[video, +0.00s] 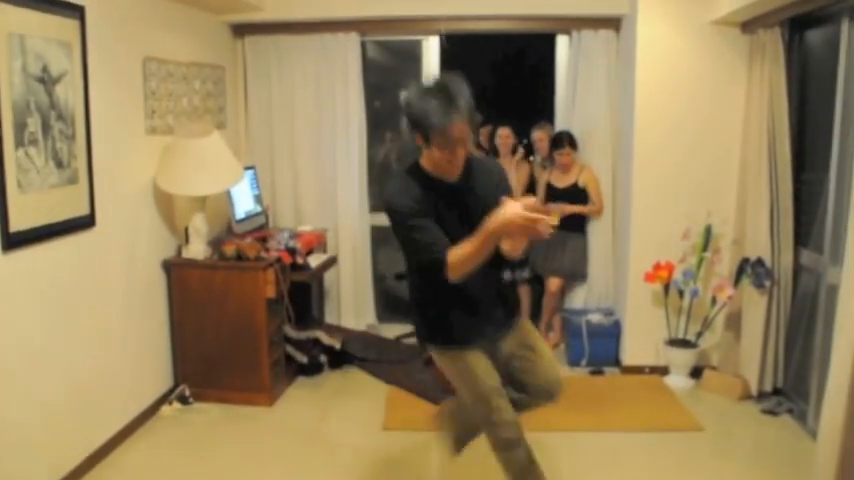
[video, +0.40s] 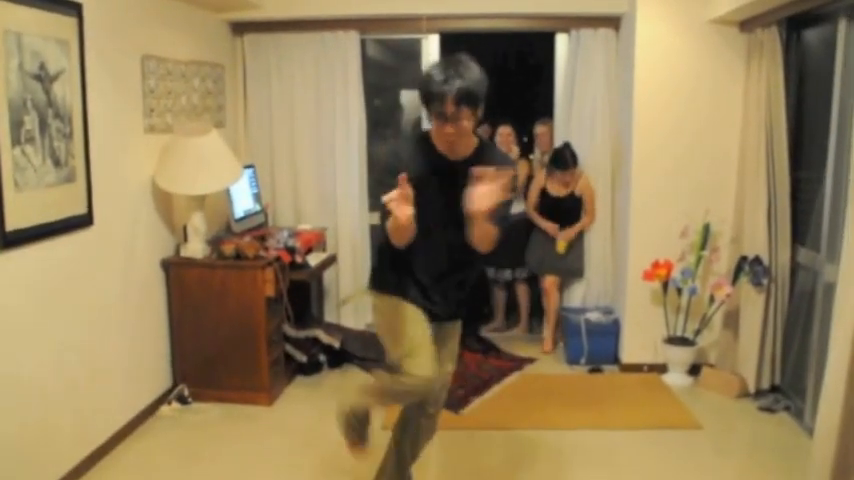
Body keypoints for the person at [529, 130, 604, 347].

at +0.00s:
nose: (564, 159)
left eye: (568, 154)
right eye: (560, 154)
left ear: (575, 153)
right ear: (553, 155)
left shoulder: (585, 174)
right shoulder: (546, 177)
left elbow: (597, 207)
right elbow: (538, 206)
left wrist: (570, 209)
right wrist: (550, 211)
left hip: (574, 235)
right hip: (550, 233)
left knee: (555, 286)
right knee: (553, 286)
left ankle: (543, 330)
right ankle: (556, 332)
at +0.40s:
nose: (564, 179)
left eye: (568, 175)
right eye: (560, 175)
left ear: (574, 169)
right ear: (551, 170)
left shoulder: (583, 183)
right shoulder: (541, 178)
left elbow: (589, 215)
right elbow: (530, 208)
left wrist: (572, 231)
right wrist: (546, 225)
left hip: (570, 232)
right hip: (544, 231)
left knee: (550, 282)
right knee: (546, 284)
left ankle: (549, 332)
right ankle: (552, 329)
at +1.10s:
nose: (563, 221)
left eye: (568, 218)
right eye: (561, 216)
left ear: (575, 212)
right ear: (553, 206)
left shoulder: (579, 215)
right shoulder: (541, 199)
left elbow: (581, 247)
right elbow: (524, 224)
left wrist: (583, 280)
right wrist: (538, 251)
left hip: (563, 240)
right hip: (538, 237)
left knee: (547, 282)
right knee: (538, 285)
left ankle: (550, 331)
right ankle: (549, 327)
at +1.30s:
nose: (568, 211)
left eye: (570, 207)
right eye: (564, 207)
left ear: (574, 202)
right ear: (553, 201)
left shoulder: (578, 208)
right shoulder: (538, 199)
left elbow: (581, 238)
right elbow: (528, 227)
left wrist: (582, 269)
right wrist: (539, 246)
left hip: (564, 240)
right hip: (540, 239)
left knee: (548, 282)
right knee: (540, 283)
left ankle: (550, 330)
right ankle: (550, 327)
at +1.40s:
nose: (563, 194)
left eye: (567, 188)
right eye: (559, 188)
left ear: (573, 186)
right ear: (550, 187)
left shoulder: (579, 197)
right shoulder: (539, 194)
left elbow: (582, 222)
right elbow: (532, 223)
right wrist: (538, 236)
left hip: (563, 235)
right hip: (541, 233)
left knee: (548, 279)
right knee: (539, 281)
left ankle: (550, 329)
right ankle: (550, 325)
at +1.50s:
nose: (559, 180)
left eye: (563, 175)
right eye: (554, 175)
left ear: (571, 175)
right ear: (547, 176)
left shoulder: (578, 190)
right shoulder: (538, 189)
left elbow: (580, 223)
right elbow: (536, 221)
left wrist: (561, 227)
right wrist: (549, 224)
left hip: (564, 235)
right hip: (539, 235)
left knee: (548, 279)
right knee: (539, 281)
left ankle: (550, 329)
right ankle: (550, 325)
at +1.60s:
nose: (556, 164)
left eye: (561, 159)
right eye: (552, 159)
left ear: (569, 160)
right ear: (546, 162)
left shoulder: (577, 180)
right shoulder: (538, 180)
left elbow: (579, 215)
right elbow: (534, 213)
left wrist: (557, 208)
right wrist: (546, 206)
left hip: (565, 230)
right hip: (540, 229)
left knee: (548, 279)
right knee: (542, 279)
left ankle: (550, 328)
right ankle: (551, 325)